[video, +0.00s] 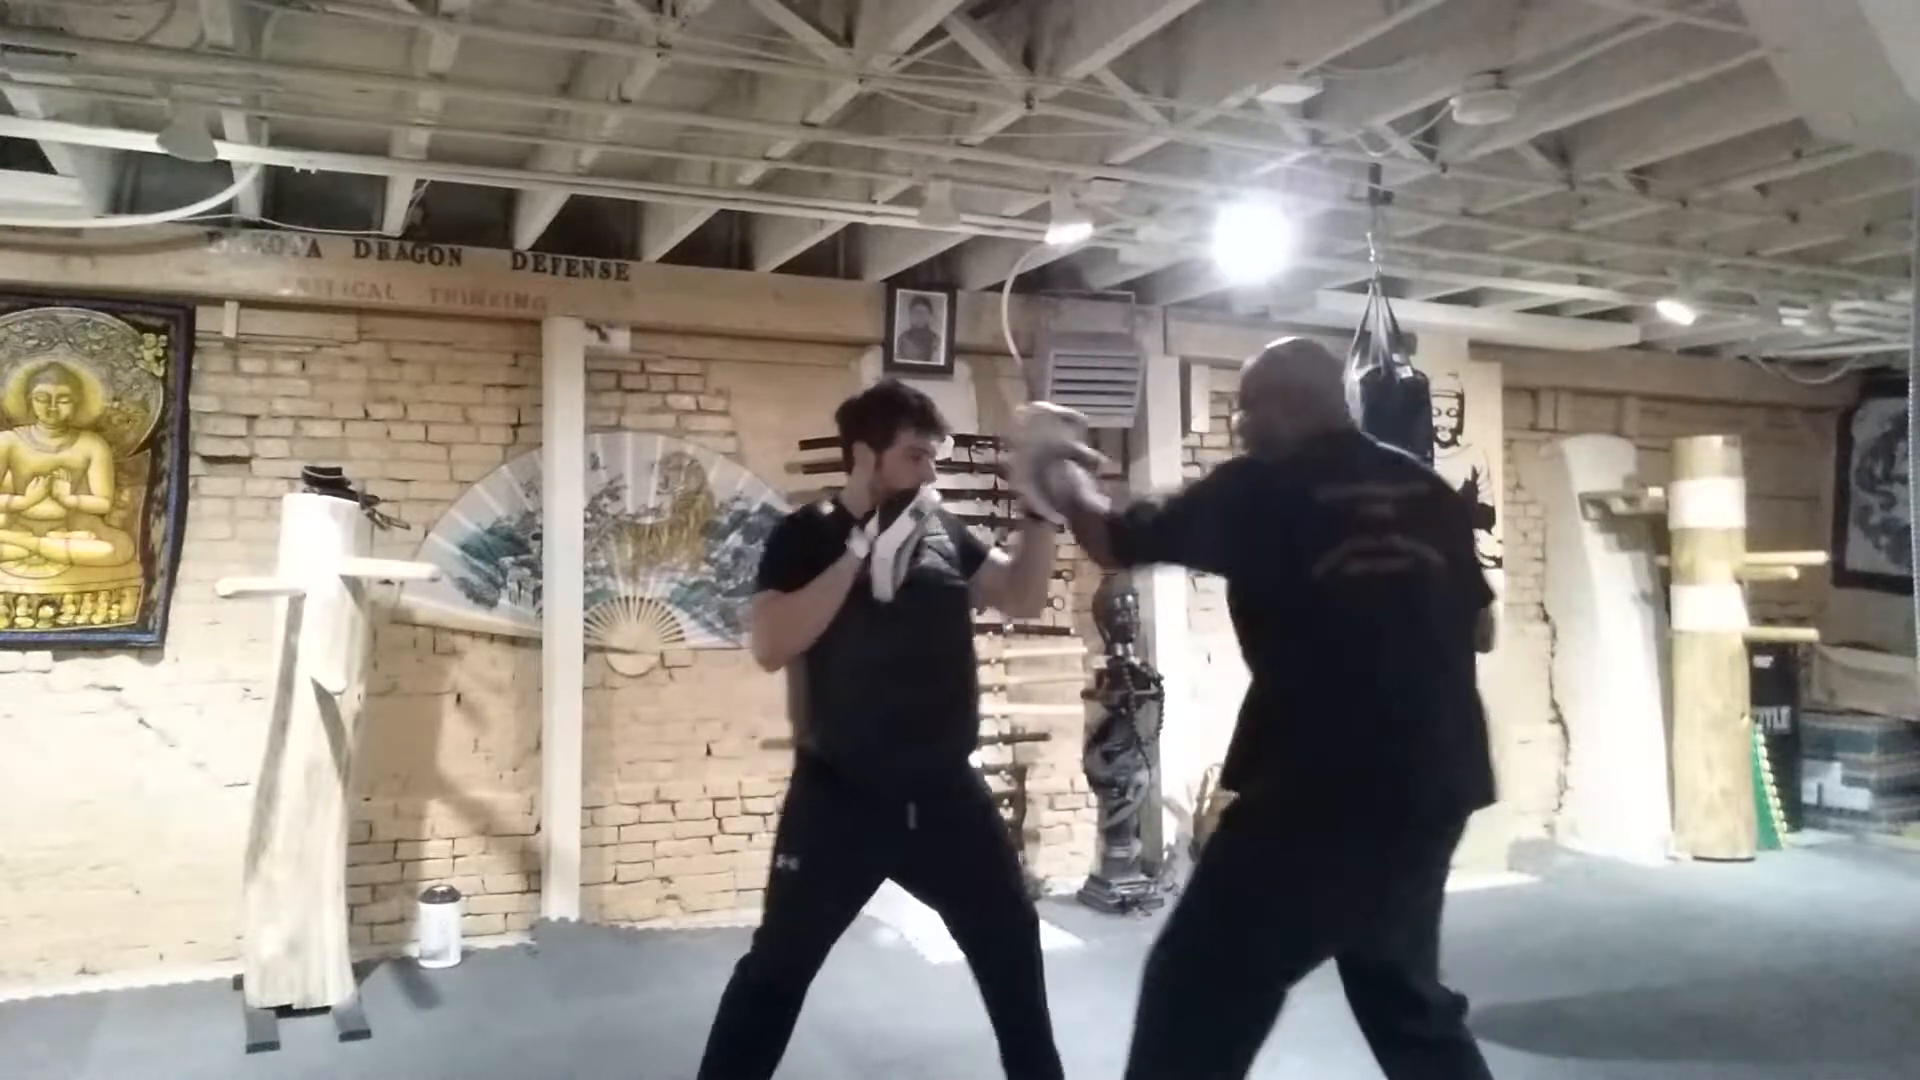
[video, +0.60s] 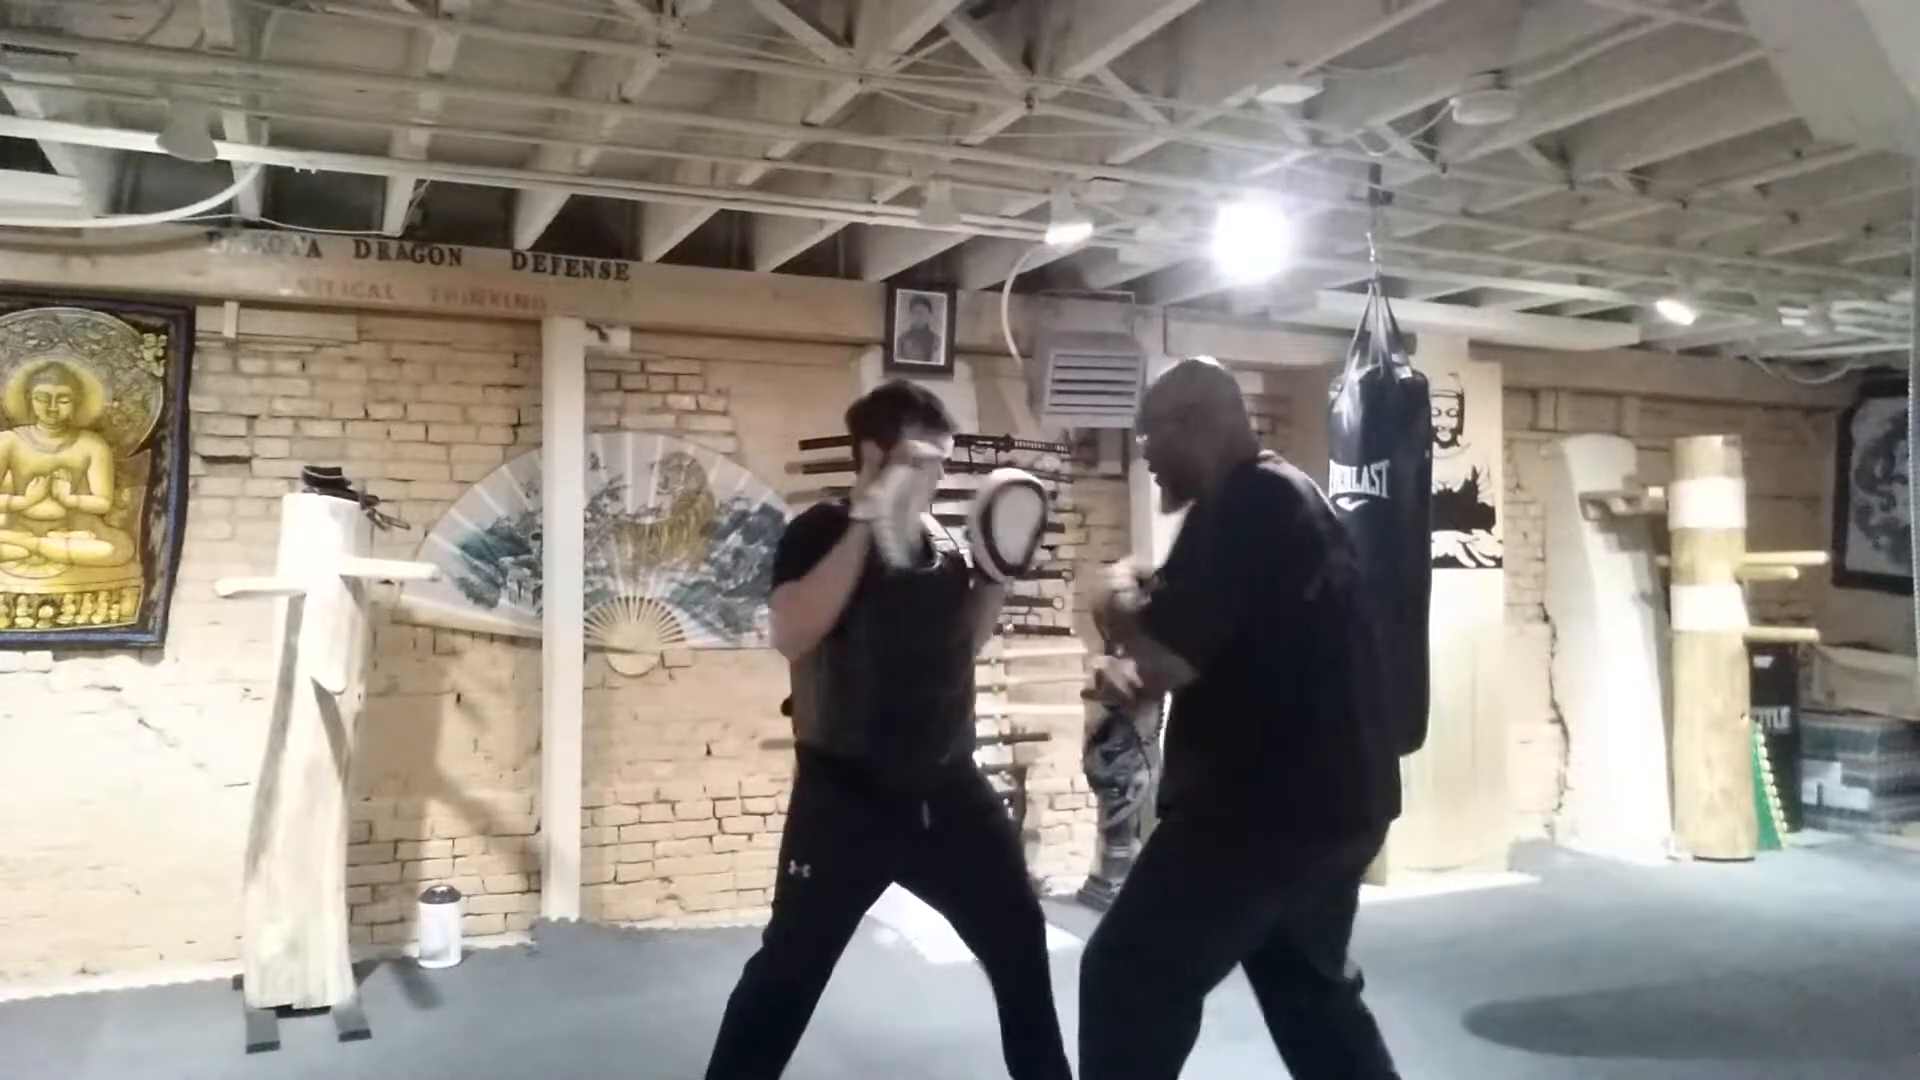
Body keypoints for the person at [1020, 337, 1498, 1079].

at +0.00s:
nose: (1239, 424)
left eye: (1247, 407)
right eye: (1240, 407)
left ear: (1281, 408)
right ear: (1340, 404)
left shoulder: (1259, 488)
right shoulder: (1429, 491)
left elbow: (1114, 540)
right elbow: (1479, 627)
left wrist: (1051, 467)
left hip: (1306, 803)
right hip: (1428, 798)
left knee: (1189, 1018)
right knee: (1409, 1007)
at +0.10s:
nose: (1218, 436)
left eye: (1228, 416)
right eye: (1218, 418)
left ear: (1270, 415)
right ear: (1317, 409)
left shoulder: (1266, 502)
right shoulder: (1392, 490)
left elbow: (1152, 622)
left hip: (1294, 816)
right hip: (1402, 807)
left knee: (1171, 988)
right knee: (1382, 1003)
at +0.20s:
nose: (1184, 434)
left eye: (1197, 415)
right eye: (1184, 417)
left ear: (1248, 412)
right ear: (1261, 413)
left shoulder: (1275, 512)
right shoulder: (1329, 494)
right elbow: (1284, 585)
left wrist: (1145, 647)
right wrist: (1200, 521)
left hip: (1292, 823)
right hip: (1368, 813)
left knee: (1159, 984)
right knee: (1376, 1019)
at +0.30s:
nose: (1157, 444)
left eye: (1169, 423)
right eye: (1157, 425)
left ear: (1221, 418)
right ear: (1223, 419)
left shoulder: (1303, 508)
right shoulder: (1226, 513)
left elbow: (1302, 682)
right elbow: (1142, 550)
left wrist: (1168, 659)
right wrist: (1060, 487)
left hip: (1289, 819)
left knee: (1154, 986)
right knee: (1368, 1014)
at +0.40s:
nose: (1141, 450)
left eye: (1147, 429)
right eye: (1139, 432)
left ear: (1198, 418)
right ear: (1202, 420)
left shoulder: (1298, 504)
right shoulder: (1208, 512)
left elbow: (1302, 678)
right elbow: (1131, 580)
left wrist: (1166, 636)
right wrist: (1057, 533)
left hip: (1278, 815)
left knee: (1142, 985)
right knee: (1335, 984)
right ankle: (1415, 1075)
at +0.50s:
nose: (1142, 446)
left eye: (1149, 426)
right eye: (1141, 429)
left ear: (1200, 418)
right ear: (1209, 419)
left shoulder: (1266, 506)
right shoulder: (1252, 501)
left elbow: (1238, 676)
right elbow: (1221, 653)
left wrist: (1149, 616)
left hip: (1263, 812)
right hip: (1317, 801)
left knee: (1134, 981)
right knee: (1297, 971)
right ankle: (1372, 1075)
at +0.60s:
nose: (1145, 448)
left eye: (1155, 430)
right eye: (1144, 432)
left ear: (1204, 423)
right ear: (1220, 424)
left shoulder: (1240, 506)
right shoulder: (1291, 492)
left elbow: (1167, 653)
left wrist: (1114, 599)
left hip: (1254, 813)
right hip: (1335, 803)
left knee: (1127, 979)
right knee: (1311, 991)